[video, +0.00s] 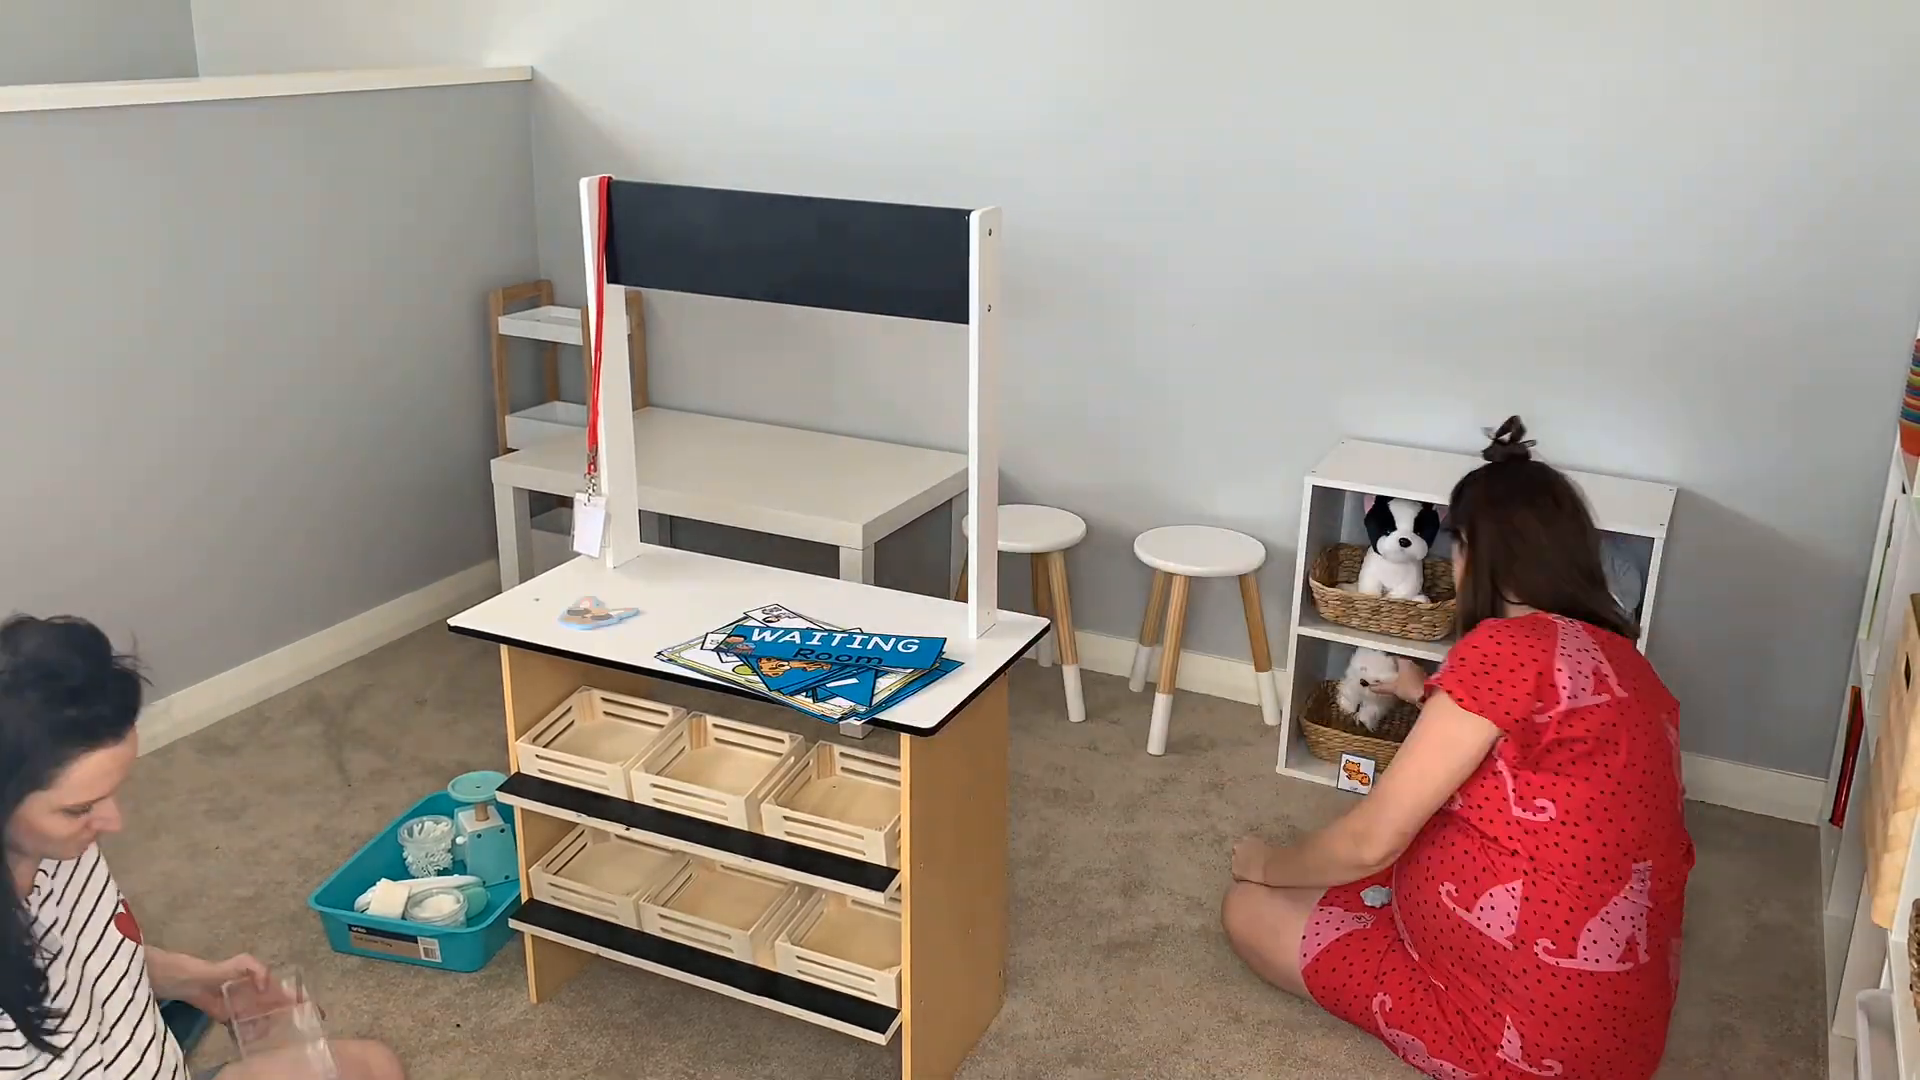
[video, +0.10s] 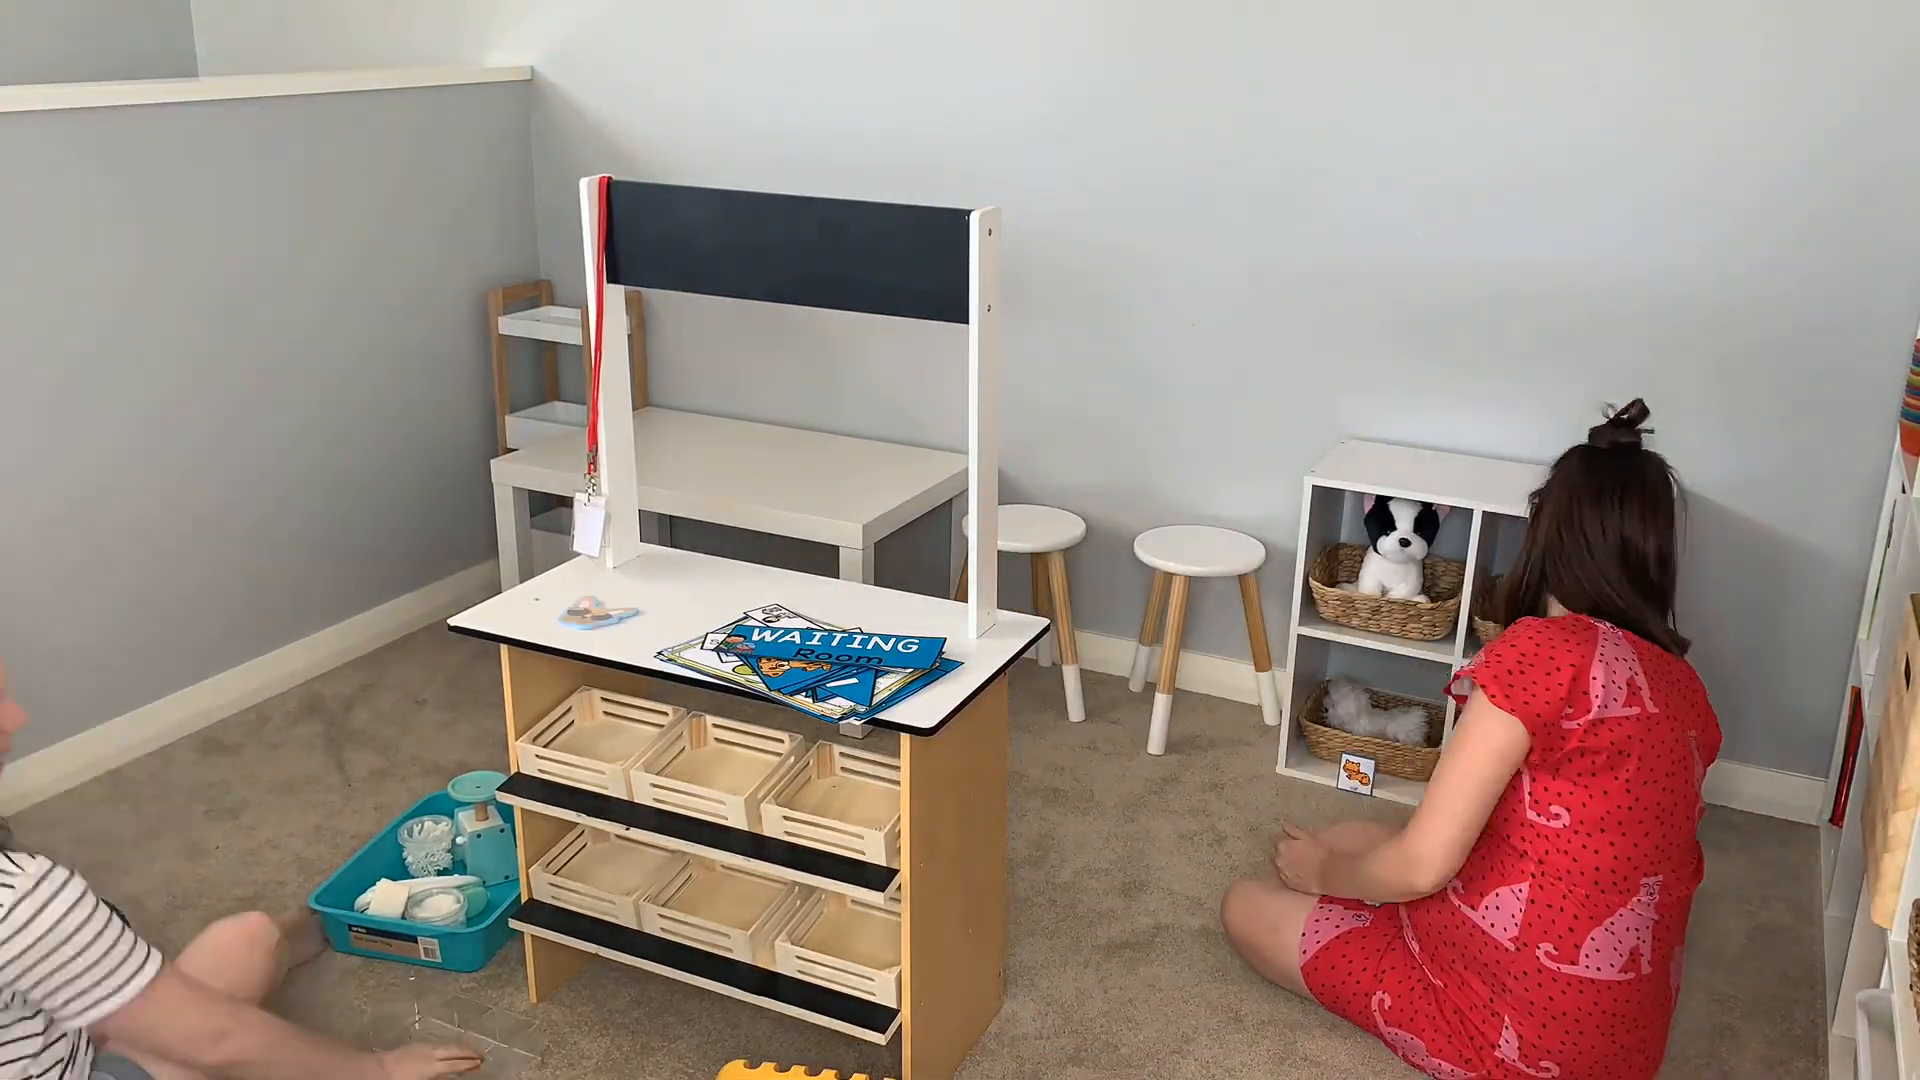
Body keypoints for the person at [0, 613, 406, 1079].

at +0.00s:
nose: (113, 822)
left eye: (114, 791)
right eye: (79, 809)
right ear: (3, 802)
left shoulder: (54, 841)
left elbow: (88, 949)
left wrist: (199, 982)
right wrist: (261, 1068)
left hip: (160, 1059)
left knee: (375, 1062)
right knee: (372, 1063)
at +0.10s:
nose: (14, 716)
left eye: (7, 691)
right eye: (4, 697)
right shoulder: (24, 895)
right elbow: (214, 1039)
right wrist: (379, 1068)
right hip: (82, 1070)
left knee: (250, 933)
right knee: (248, 934)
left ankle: (304, 939)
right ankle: (313, 935)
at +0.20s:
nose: (101, 781)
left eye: (97, 753)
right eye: (71, 772)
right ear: (2, 775)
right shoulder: (22, 951)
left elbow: (68, 931)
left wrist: (232, 953)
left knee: (142, 998)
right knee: (279, 995)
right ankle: (315, 919)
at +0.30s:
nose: (164, 795)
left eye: (163, 770)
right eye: (138, 786)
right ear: (52, 784)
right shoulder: (71, 933)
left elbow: (110, 950)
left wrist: (248, 963)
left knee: (149, 1013)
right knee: (280, 1004)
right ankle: (316, 916)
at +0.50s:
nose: (204, 800)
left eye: (206, 774)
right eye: (184, 783)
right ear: (104, 777)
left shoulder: (17, 836)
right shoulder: (101, 959)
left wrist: (160, 951)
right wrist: (327, 1076)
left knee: (312, 1009)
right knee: (310, 1009)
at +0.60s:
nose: (227, 822)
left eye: (227, 804)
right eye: (210, 817)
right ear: (133, 814)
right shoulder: (89, 993)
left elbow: (181, 945)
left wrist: (330, 1055)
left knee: (317, 1010)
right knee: (317, 1008)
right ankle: (156, 1056)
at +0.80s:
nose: (154, 840)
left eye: (159, 810)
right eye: (126, 821)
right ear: (47, 807)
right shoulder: (54, 985)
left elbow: (136, 1066)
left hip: (125, 1063)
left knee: (358, 1060)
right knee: (311, 1012)